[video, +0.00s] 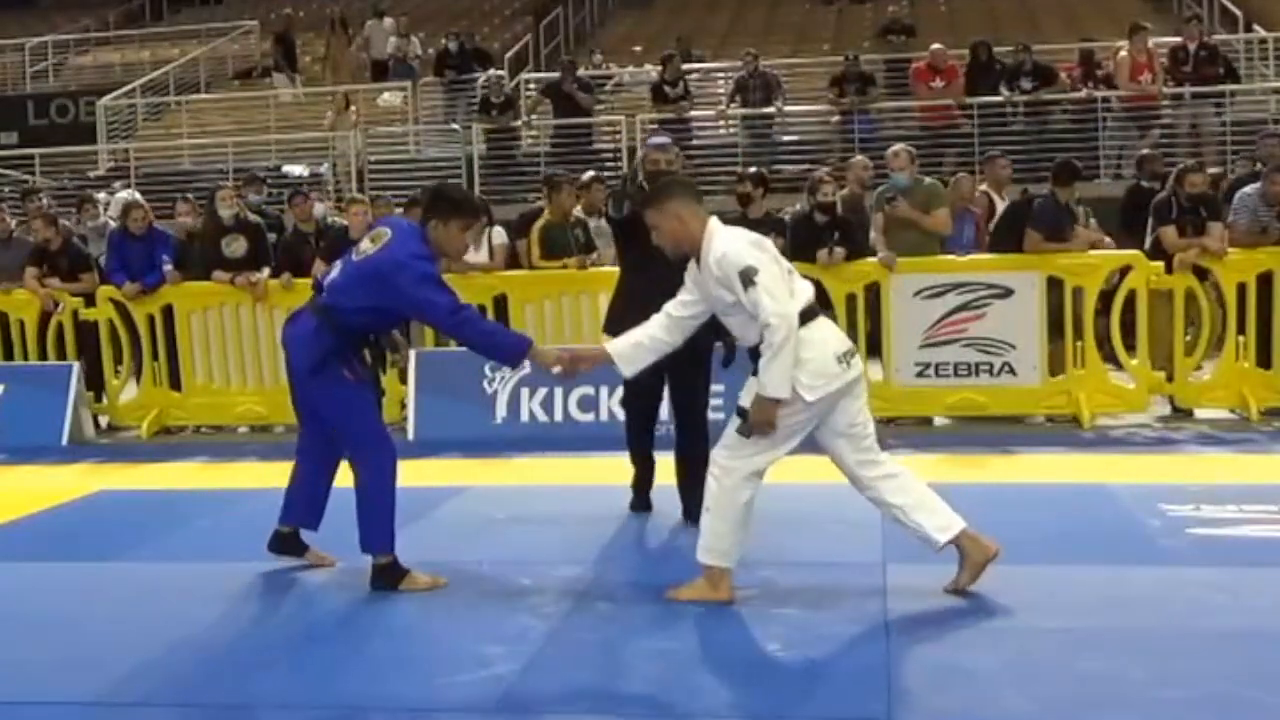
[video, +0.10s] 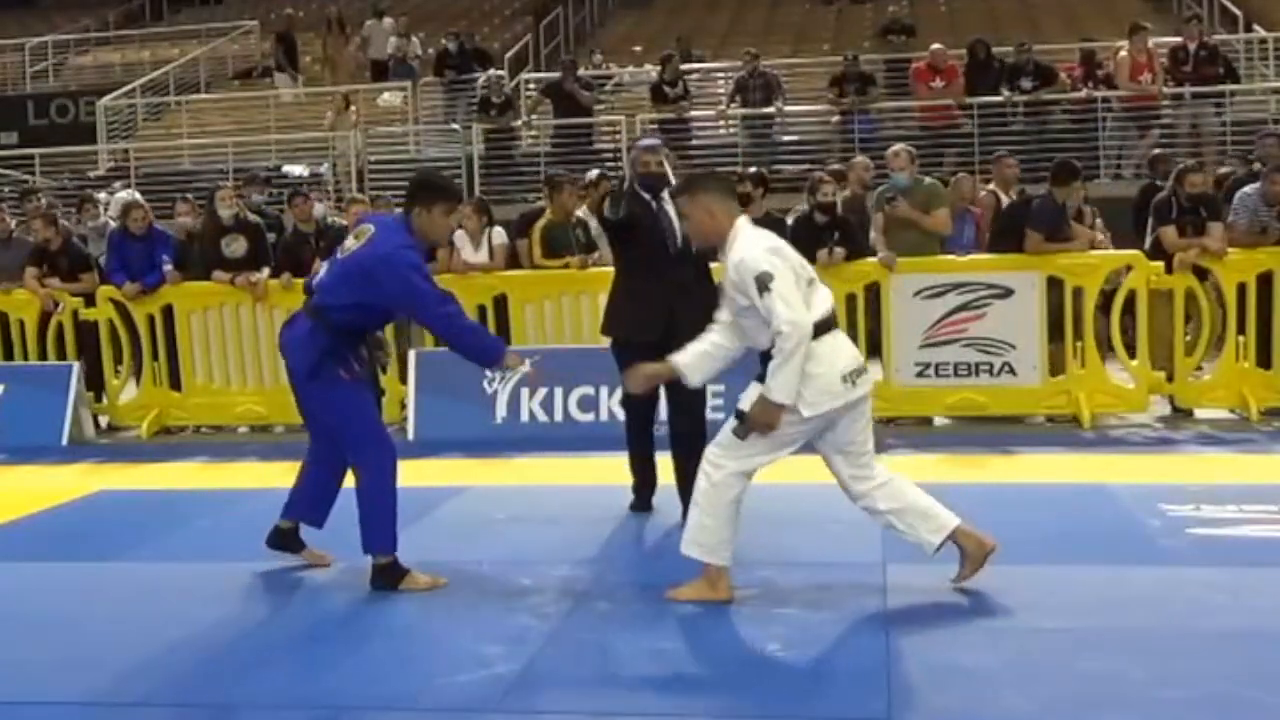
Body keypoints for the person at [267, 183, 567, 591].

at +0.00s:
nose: (470, 243)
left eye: (473, 233)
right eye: (465, 232)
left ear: (434, 223)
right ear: (437, 225)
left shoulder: (398, 230)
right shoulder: (407, 267)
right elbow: (459, 321)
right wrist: (533, 351)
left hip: (308, 332)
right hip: (327, 347)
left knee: (321, 439)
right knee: (376, 452)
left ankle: (288, 533)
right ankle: (385, 566)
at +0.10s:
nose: (455, 225)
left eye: (455, 216)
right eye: (450, 215)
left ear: (419, 212)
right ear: (423, 212)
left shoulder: (382, 226)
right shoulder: (394, 258)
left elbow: (340, 276)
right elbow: (441, 316)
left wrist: (364, 328)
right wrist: (499, 354)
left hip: (309, 333)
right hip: (321, 347)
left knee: (332, 442)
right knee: (376, 450)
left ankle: (287, 529)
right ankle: (385, 565)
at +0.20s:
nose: (431, 212)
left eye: (432, 202)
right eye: (424, 202)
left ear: (395, 202)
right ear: (396, 201)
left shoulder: (362, 226)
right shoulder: (371, 242)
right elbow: (388, 315)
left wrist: (397, 290)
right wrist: (438, 357)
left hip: (311, 343)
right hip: (322, 351)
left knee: (339, 449)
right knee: (377, 450)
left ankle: (285, 533)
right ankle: (388, 565)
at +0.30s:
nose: (398, 199)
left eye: (398, 190)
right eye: (390, 190)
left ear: (372, 192)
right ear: (362, 192)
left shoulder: (358, 233)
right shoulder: (339, 234)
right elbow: (322, 301)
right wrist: (366, 360)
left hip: (313, 350)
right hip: (306, 353)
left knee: (334, 452)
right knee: (368, 452)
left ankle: (281, 541)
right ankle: (387, 564)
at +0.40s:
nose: (373, 190)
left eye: (373, 181)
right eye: (366, 180)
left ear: (345, 185)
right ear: (337, 183)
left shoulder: (337, 230)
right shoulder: (301, 227)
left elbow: (320, 295)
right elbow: (267, 288)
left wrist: (330, 340)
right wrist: (307, 345)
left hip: (311, 348)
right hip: (286, 352)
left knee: (324, 450)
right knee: (341, 452)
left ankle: (277, 545)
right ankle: (373, 556)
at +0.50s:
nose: (351, 180)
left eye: (352, 171)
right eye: (345, 170)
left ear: (326, 173)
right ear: (317, 170)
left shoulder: (322, 227)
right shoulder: (272, 214)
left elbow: (309, 295)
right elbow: (234, 275)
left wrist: (317, 347)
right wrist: (269, 332)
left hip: (305, 345)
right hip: (270, 347)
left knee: (307, 441)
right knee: (310, 440)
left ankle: (276, 541)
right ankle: (322, 551)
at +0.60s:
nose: (329, 175)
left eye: (329, 165)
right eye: (322, 164)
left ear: (302, 168)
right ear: (294, 165)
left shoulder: (302, 223)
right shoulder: (249, 207)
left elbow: (293, 287)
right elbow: (213, 268)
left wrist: (302, 340)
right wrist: (244, 329)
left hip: (287, 344)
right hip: (251, 344)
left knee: (298, 444)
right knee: (277, 439)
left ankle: (278, 540)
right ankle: (257, 540)